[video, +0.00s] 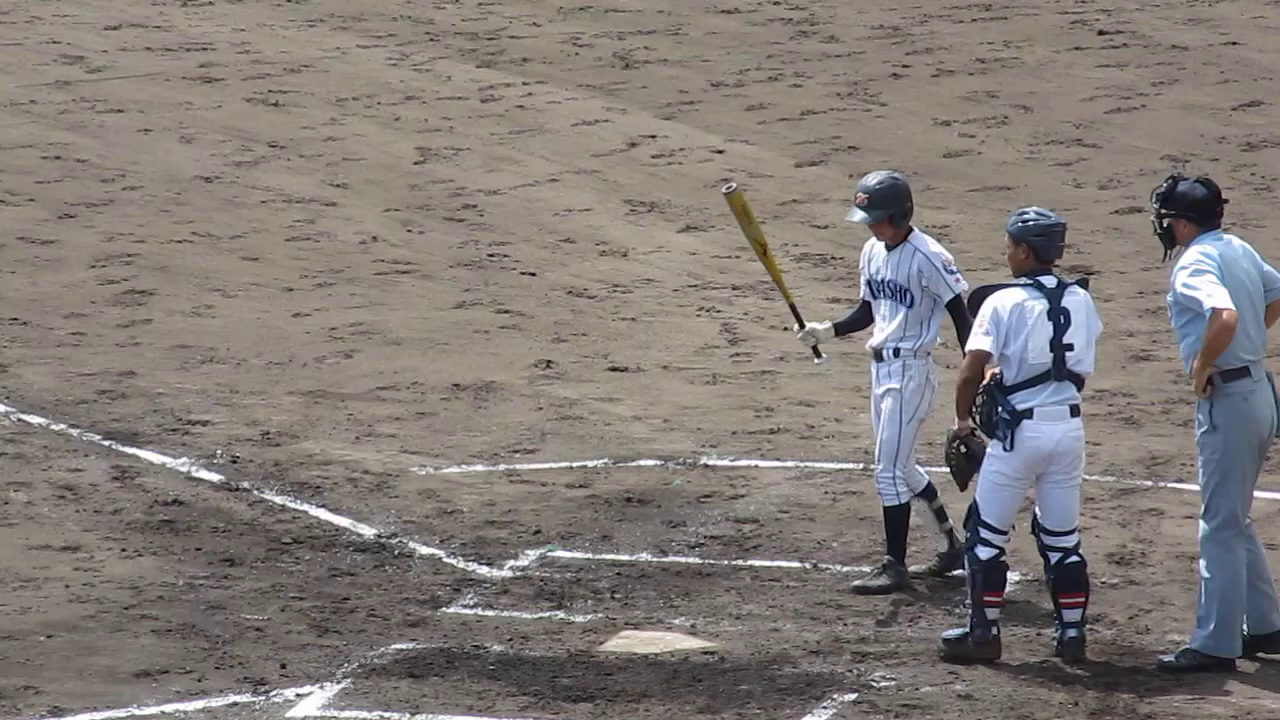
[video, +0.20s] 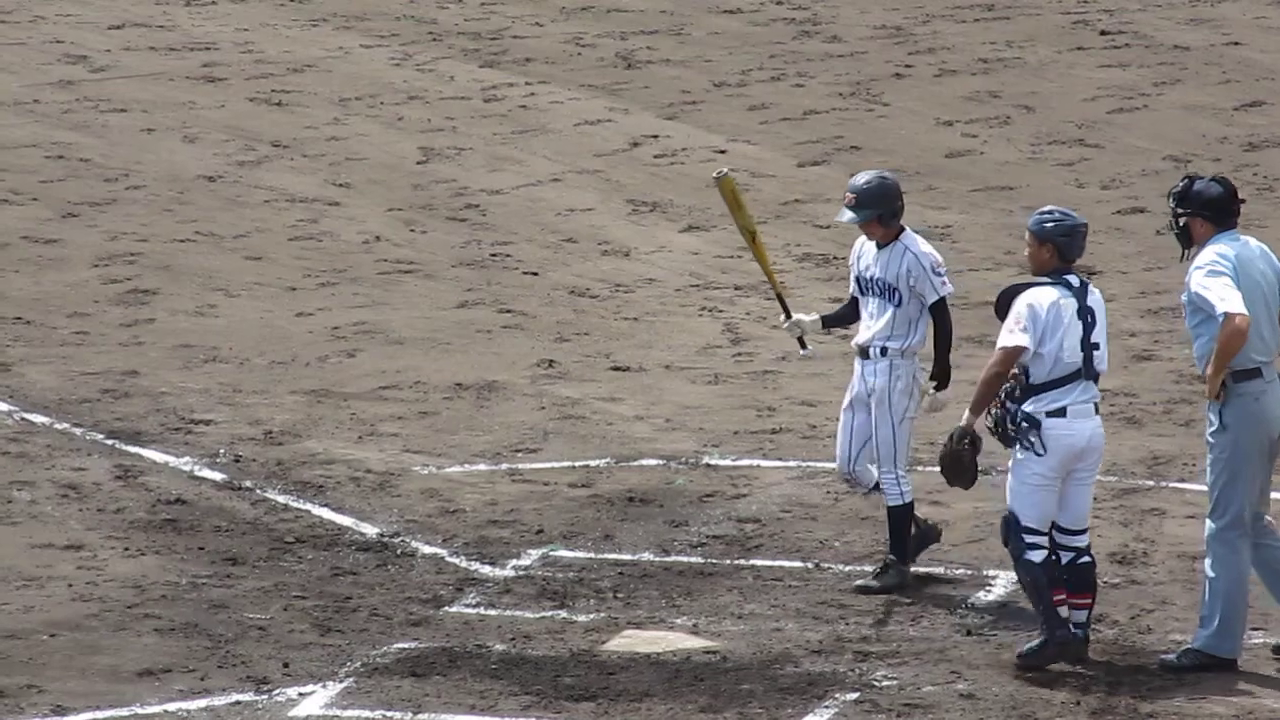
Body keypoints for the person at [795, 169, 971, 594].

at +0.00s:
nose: (869, 226)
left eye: (874, 219)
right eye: (867, 219)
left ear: (895, 217)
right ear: (877, 217)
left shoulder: (930, 257)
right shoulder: (873, 250)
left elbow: (962, 315)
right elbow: (868, 310)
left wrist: (974, 370)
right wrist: (829, 329)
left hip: (909, 372)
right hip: (882, 370)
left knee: (889, 470)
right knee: (900, 466)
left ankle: (894, 566)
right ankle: (953, 544)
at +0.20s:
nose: (860, 227)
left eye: (865, 220)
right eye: (858, 220)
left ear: (887, 217)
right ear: (866, 217)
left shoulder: (920, 257)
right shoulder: (863, 248)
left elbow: (941, 316)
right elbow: (857, 309)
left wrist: (941, 369)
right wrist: (813, 322)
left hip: (895, 370)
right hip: (863, 367)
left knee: (892, 467)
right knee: (852, 466)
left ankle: (897, 563)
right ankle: (916, 529)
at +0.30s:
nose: (850, 229)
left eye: (854, 221)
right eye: (848, 221)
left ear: (875, 218)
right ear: (863, 219)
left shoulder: (911, 258)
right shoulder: (856, 249)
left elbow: (930, 323)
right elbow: (849, 306)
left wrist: (918, 380)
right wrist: (805, 317)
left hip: (887, 372)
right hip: (853, 368)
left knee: (893, 473)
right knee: (826, 462)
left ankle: (898, 563)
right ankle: (876, 538)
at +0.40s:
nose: (839, 231)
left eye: (842, 224)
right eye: (837, 224)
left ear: (861, 220)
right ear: (854, 221)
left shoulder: (901, 259)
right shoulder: (846, 250)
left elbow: (918, 323)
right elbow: (844, 305)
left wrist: (897, 377)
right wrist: (799, 315)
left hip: (879, 373)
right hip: (842, 370)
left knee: (888, 472)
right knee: (808, 459)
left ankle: (898, 562)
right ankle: (826, 554)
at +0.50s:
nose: (823, 236)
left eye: (826, 229)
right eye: (821, 229)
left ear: (847, 224)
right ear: (839, 224)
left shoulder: (889, 261)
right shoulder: (835, 254)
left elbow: (905, 324)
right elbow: (834, 306)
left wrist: (878, 373)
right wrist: (786, 313)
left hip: (865, 376)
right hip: (829, 372)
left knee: (883, 472)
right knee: (798, 464)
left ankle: (898, 563)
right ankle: (771, 559)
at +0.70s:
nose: (786, 240)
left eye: (789, 233)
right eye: (783, 233)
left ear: (809, 228)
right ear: (805, 229)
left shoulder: (848, 267)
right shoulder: (800, 259)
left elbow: (859, 331)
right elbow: (800, 313)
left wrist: (817, 371)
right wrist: (752, 311)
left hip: (825, 383)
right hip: (788, 379)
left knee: (853, 477)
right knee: (753, 470)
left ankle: (897, 563)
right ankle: (736, 566)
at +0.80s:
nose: (765, 239)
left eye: (768, 233)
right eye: (764, 233)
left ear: (789, 229)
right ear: (791, 228)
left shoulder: (827, 269)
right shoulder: (783, 261)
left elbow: (836, 335)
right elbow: (782, 314)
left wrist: (798, 377)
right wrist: (735, 312)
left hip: (793, 385)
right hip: (762, 378)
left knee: (814, 486)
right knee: (733, 472)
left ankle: (880, 548)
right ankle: (733, 568)